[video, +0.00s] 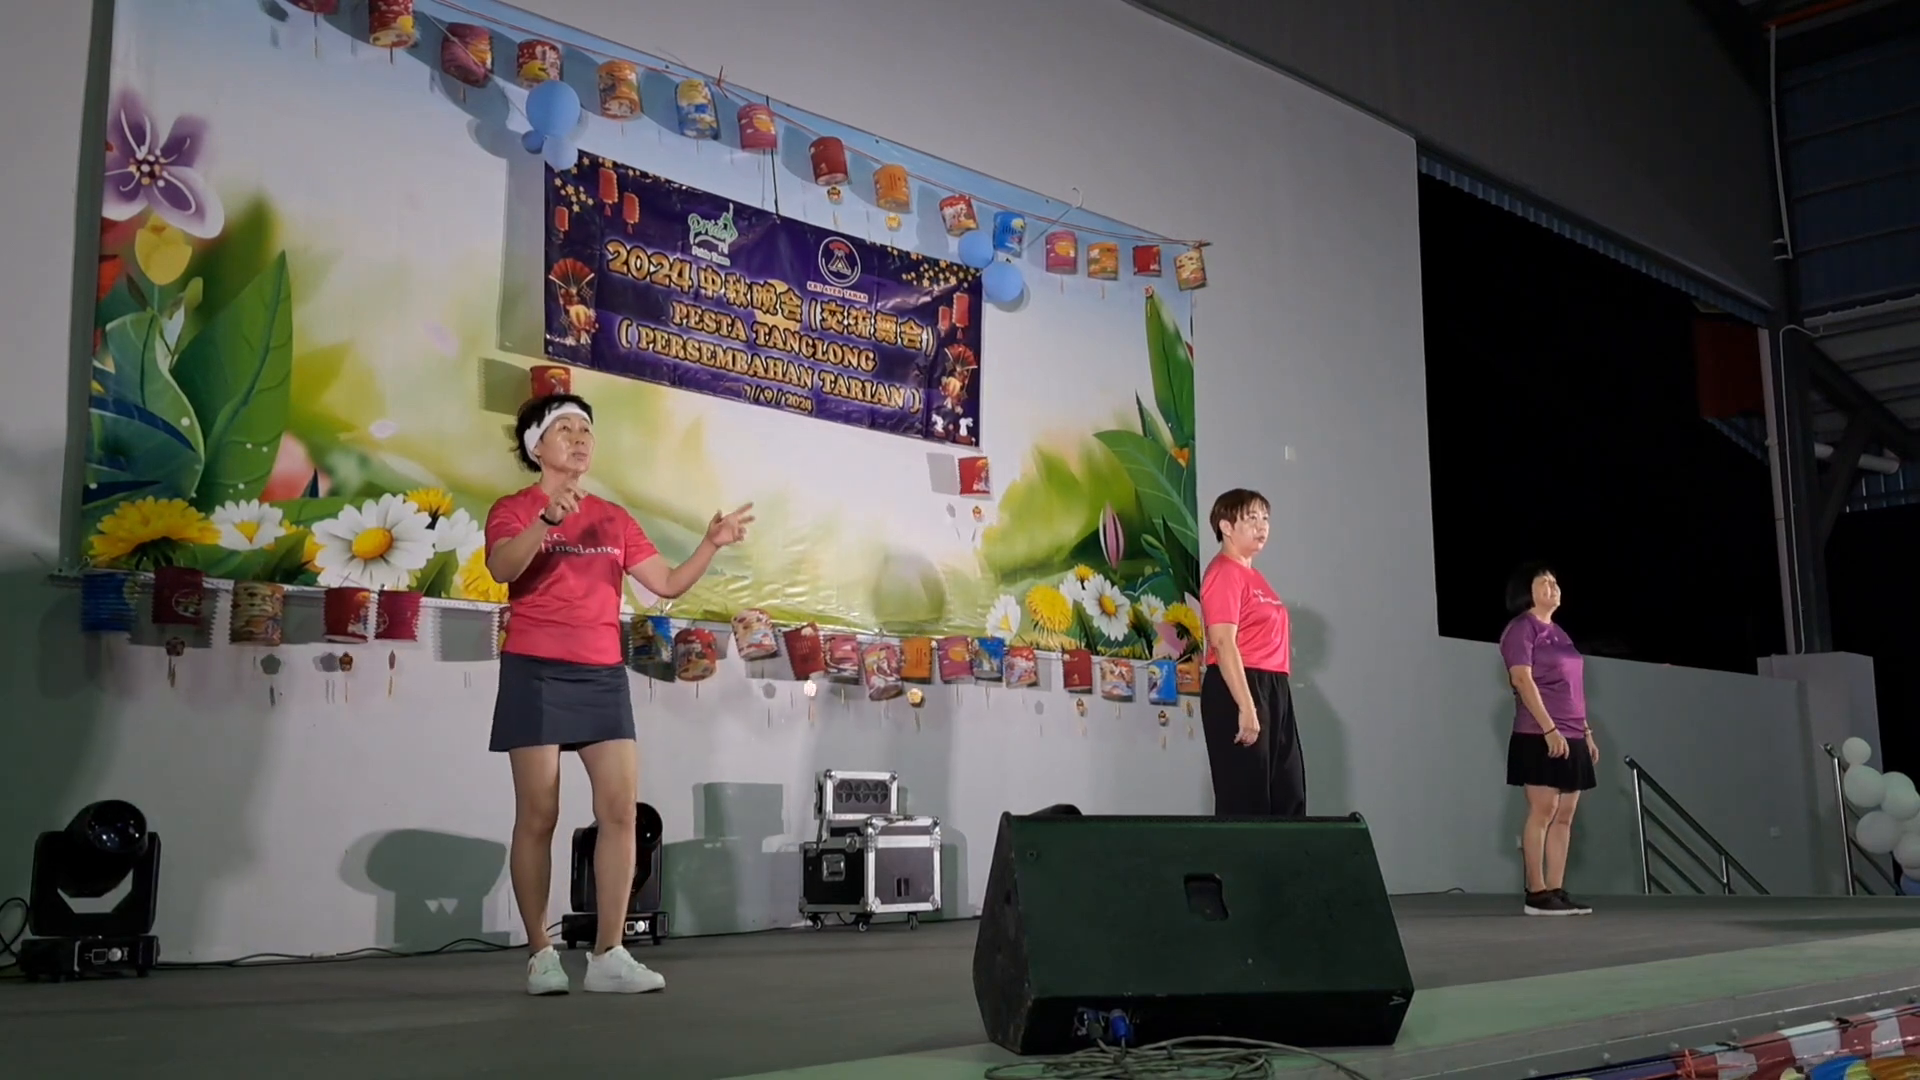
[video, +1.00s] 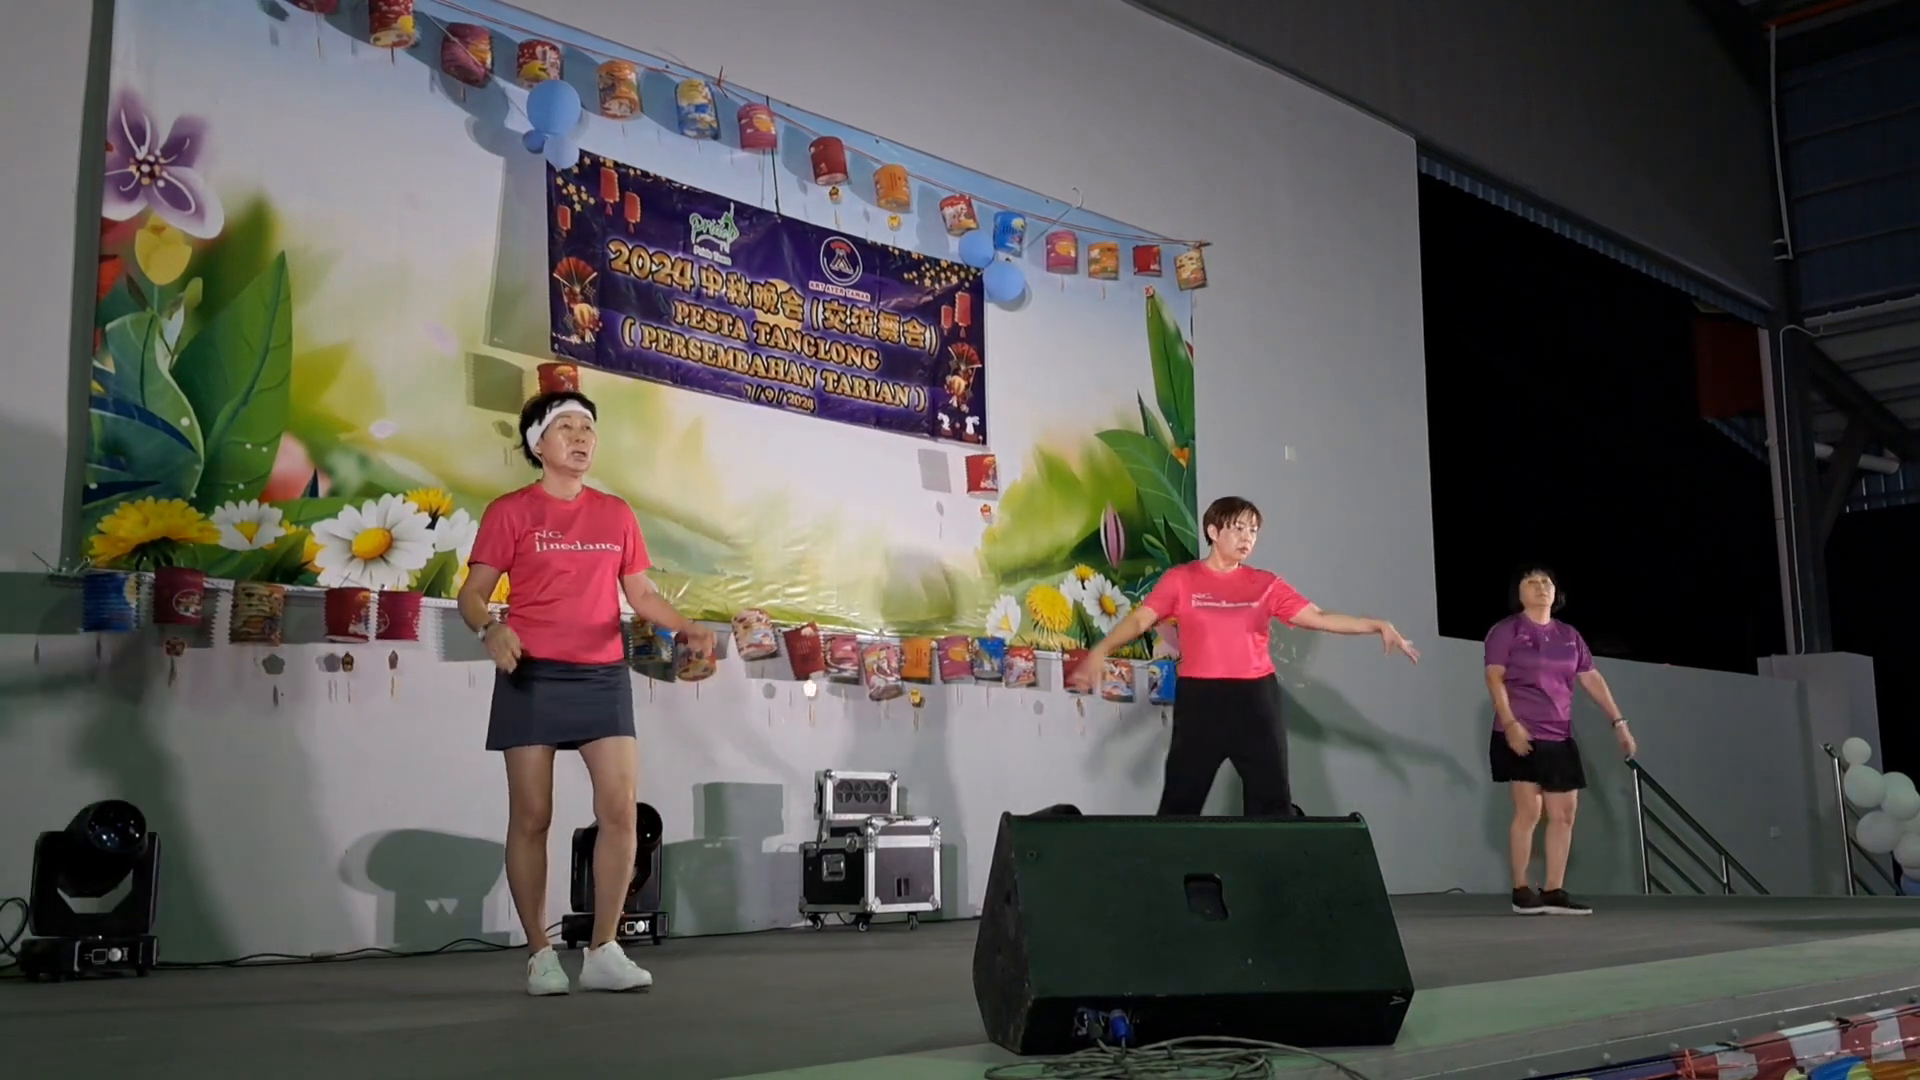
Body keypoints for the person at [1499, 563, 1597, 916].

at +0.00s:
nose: (1552, 588)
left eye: (1554, 583)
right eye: (1543, 583)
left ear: (1558, 592)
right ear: (1527, 592)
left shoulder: (1559, 633)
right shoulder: (1521, 628)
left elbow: (1570, 688)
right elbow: (1522, 681)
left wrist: (1586, 733)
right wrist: (1550, 729)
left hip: (1571, 737)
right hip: (1537, 735)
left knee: (1564, 814)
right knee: (1542, 810)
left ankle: (1555, 891)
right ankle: (1536, 892)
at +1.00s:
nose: (1540, 586)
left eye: (1546, 582)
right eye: (1532, 582)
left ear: (1555, 594)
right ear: (1519, 594)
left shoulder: (1570, 636)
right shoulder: (1504, 631)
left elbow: (1592, 679)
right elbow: (1494, 679)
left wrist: (1619, 722)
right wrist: (1510, 724)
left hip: (1559, 738)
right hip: (1518, 735)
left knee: (1564, 812)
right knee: (1528, 810)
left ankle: (1554, 892)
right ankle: (1521, 890)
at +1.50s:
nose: (1487, 602)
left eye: (1493, 596)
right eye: (1480, 597)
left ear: (1505, 602)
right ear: (1470, 605)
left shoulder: (1522, 636)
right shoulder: (1466, 646)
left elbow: (1525, 683)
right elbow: (1444, 683)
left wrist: (1475, 703)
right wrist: (1412, 711)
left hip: (1531, 740)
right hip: (1482, 744)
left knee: (1564, 811)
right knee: (1486, 817)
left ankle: (1596, 888)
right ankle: (1493, 892)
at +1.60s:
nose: (1484, 604)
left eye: (1491, 597)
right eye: (1477, 597)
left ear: (1502, 603)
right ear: (1467, 605)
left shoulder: (1517, 636)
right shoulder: (1466, 645)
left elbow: (1518, 683)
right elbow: (1455, 682)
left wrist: (1467, 704)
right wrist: (1438, 706)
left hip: (1527, 741)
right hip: (1480, 744)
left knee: (1561, 811)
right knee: (1485, 816)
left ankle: (1597, 888)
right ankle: (1493, 892)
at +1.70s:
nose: (1485, 605)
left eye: (1491, 599)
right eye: (1476, 599)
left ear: (1501, 604)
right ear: (1466, 607)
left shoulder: (1514, 635)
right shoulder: (1466, 645)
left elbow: (1515, 683)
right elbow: (1461, 686)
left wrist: (1466, 703)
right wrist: (1452, 708)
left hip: (1526, 740)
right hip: (1480, 744)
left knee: (1560, 810)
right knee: (1486, 817)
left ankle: (1598, 886)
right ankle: (1493, 892)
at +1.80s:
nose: (1486, 605)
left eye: (1492, 598)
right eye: (1477, 599)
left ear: (1501, 604)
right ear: (1466, 606)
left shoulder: (1515, 636)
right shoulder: (1466, 645)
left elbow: (1515, 682)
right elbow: (1462, 685)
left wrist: (1467, 702)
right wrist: (1453, 704)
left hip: (1527, 740)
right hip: (1481, 745)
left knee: (1561, 811)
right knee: (1486, 817)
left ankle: (1598, 886)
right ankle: (1493, 892)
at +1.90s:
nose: (1489, 604)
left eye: (1495, 598)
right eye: (1481, 598)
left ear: (1505, 604)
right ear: (1468, 605)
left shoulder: (1518, 636)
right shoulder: (1466, 644)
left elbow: (1521, 683)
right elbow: (1459, 679)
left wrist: (1470, 703)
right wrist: (1446, 702)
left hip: (1529, 740)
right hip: (1482, 744)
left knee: (1564, 809)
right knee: (1487, 817)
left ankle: (1598, 887)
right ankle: (1493, 892)